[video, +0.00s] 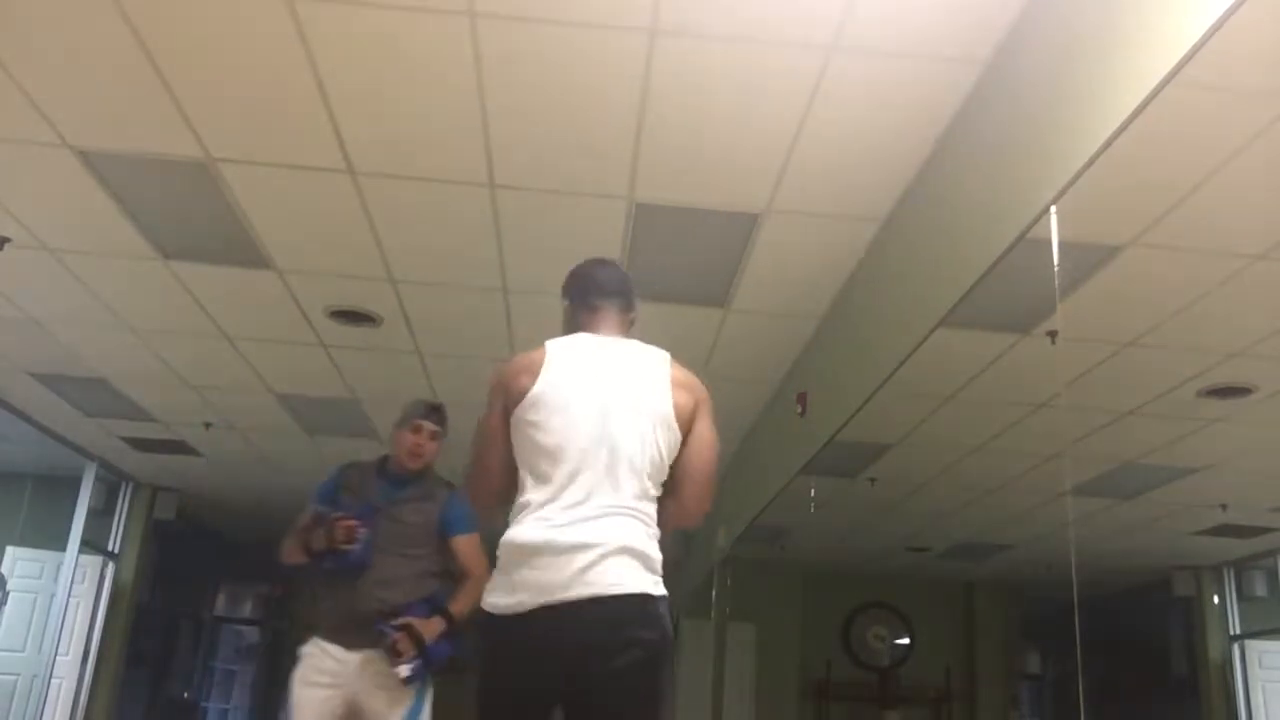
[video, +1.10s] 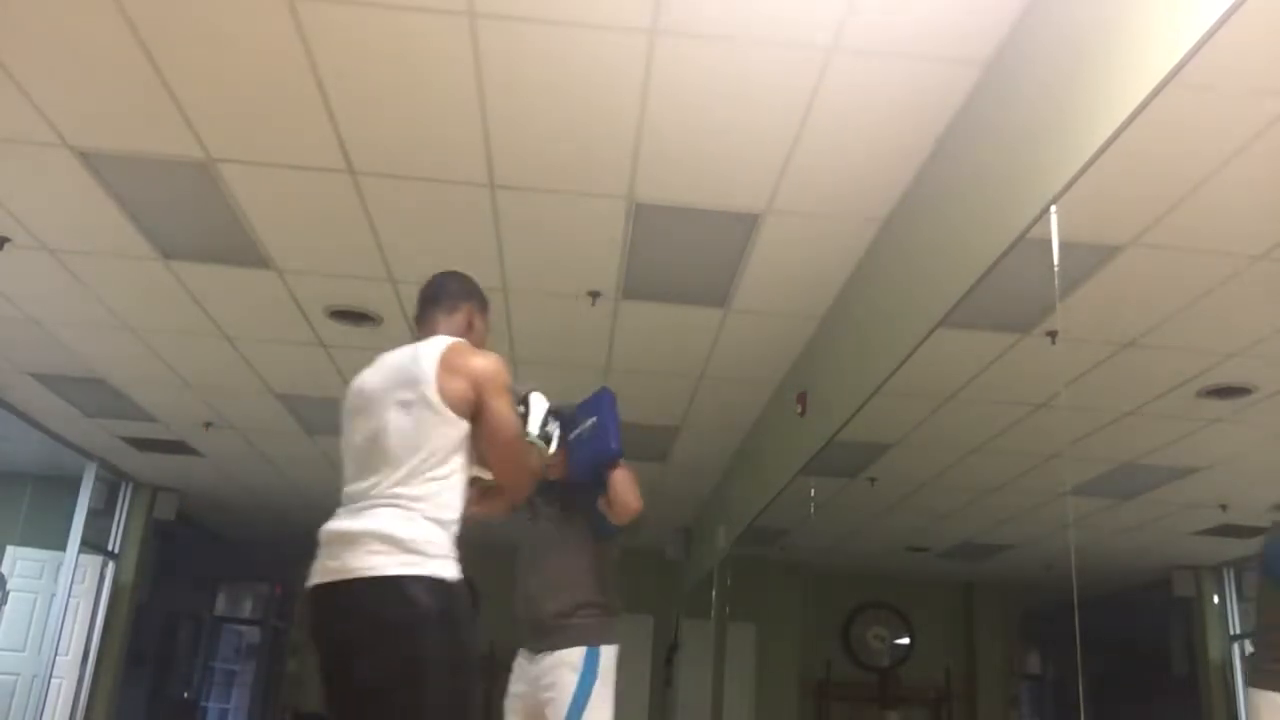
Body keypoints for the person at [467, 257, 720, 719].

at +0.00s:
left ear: (567, 309)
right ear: (632, 314)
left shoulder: (520, 371)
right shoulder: (685, 384)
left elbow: (487, 493)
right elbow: (690, 509)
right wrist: (626, 499)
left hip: (522, 610)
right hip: (627, 608)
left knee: (510, 711)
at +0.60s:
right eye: (608, 321)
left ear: (550, 320)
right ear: (612, 322)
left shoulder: (488, 373)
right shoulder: (643, 400)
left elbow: (438, 483)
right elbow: (640, 533)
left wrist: (505, 490)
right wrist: (582, 511)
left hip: (469, 619)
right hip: (572, 617)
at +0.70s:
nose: (586, 321)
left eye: (584, 311)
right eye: (586, 311)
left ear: (520, 316)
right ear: (580, 312)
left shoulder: (468, 373)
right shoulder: (617, 381)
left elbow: (434, 483)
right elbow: (614, 511)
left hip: (456, 610)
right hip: (558, 607)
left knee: (446, 712)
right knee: (582, 712)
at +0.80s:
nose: (550, 337)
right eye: (550, 326)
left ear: (487, 329)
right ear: (545, 325)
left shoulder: (439, 389)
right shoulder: (575, 382)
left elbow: (412, 507)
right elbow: (593, 502)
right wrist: (536, 515)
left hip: (431, 621)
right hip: (527, 612)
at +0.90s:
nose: (526, 347)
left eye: (523, 338)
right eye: (526, 337)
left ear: (460, 336)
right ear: (518, 335)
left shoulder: (408, 397)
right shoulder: (526, 382)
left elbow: (394, 505)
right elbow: (555, 502)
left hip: (395, 616)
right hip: (483, 607)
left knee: (402, 712)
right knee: (523, 710)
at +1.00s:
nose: (507, 344)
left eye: (506, 333)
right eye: (506, 331)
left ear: (441, 328)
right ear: (495, 326)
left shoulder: (385, 387)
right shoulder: (497, 367)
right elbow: (532, 489)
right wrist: (541, 430)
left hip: (360, 591)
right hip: (440, 583)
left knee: (374, 711)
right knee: (490, 709)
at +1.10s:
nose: (484, 338)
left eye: (484, 327)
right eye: (484, 325)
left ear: (420, 320)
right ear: (473, 317)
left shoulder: (365, 379)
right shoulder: (476, 364)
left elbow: (408, 491)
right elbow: (516, 477)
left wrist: (512, 488)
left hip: (333, 586)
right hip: (411, 583)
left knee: (354, 711)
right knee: (440, 710)